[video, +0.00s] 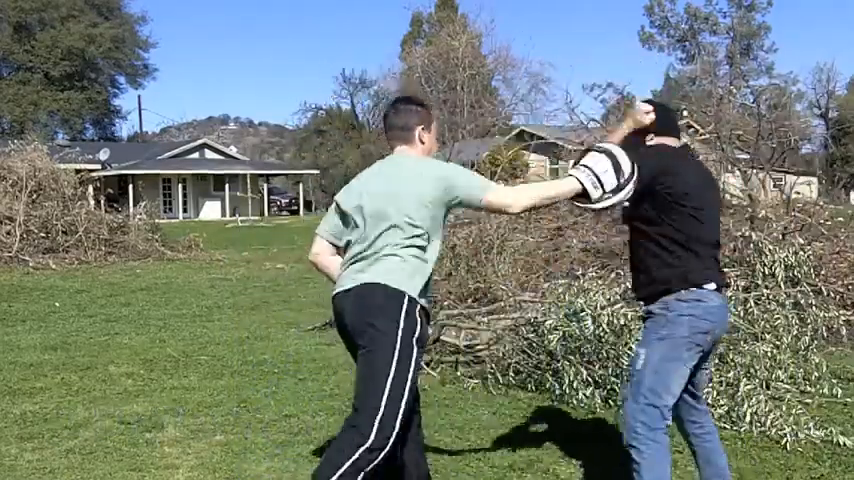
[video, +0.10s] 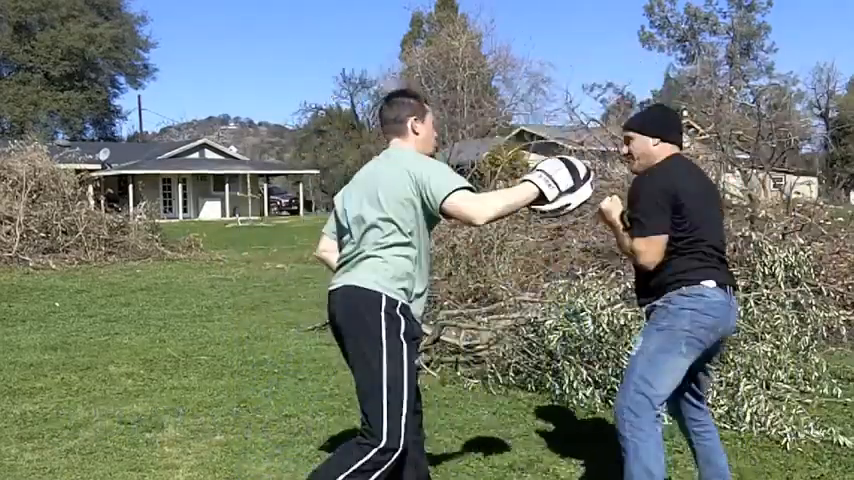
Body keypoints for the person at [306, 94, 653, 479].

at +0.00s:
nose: (436, 141)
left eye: (433, 134)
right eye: (434, 134)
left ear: (389, 138)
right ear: (422, 135)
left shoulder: (357, 185)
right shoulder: (437, 173)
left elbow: (320, 252)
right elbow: (513, 198)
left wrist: (362, 287)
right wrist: (582, 180)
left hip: (347, 300)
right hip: (393, 296)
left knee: (402, 418)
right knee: (377, 422)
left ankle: (413, 476)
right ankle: (330, 476)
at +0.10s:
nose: (436, 133)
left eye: (433, 123)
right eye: (432, 123)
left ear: (393, 129)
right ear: (415, 125)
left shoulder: (356, 182)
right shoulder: (419, 167)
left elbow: (326, 249)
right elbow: (477, 209)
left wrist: (372, 279)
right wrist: (541, 182)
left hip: (345, 299)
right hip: (381, 300)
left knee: (405, 425)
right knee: (387, 438)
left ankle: (414, 473)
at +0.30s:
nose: (410, 116)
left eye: (410, 107)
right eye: (407, 107)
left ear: (372, 109)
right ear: (385, 107)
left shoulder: (350, 159)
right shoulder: (379, 160)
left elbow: (361, 238)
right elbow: (443, 213)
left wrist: (398, 292)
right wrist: (479, 157)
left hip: (375, 304)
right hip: (354, 301)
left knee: (401, 423)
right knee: (347, 426)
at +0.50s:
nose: (390, 111)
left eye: (389, 102)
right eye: (385, 101)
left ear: (354, 106)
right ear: (360, 104)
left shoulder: (337, 157)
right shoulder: (362, 159)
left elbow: (346, 235)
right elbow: (431, 210)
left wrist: (387, 281)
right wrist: (466, 154)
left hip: (369, 302)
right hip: (345, 302)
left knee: (393, 423)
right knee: (340, 428)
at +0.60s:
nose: (381, 121)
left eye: (380, 114)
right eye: (377, 111)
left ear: (343, 107)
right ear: (358, 106)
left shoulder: (359, 161)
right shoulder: (325, 163)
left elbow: (377, 237)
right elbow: (372, 212)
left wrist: (403, 274)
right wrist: (376, 155)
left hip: (385, 300)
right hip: (347, 300)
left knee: (405, 424)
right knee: (338, 427)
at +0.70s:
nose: (381, 114)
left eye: (380, 105)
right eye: (374, 105)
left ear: (349, 106)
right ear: (345, 105)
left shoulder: (376, 160)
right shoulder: (315, 164)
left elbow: (386, 220)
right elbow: (276, 223)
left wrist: (411, 255)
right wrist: (288, 155)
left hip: (396, 304)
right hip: (345, 305)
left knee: (415, 422)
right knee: (333, 426)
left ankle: (410, 474)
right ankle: (315, 476)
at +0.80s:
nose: (379, 113)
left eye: (379, 104)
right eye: (372, 104)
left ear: (345, 105)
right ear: (341, 106)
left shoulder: (379, 155)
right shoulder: (308, 167)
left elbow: (394, 212)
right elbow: (260, 235)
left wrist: (420, 252)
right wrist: (256, 182)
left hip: (396, 308)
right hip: (340, 309)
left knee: (413, 421)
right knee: (325, 426)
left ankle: (411, 473)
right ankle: (309, 475)